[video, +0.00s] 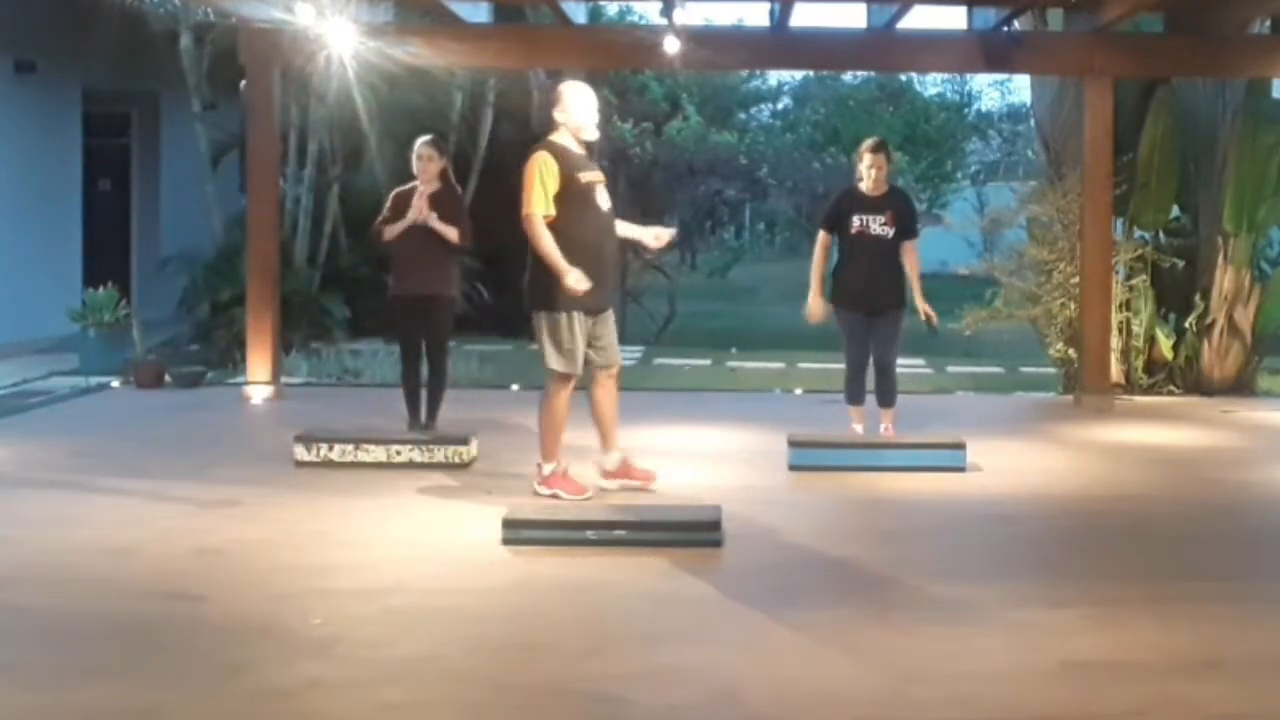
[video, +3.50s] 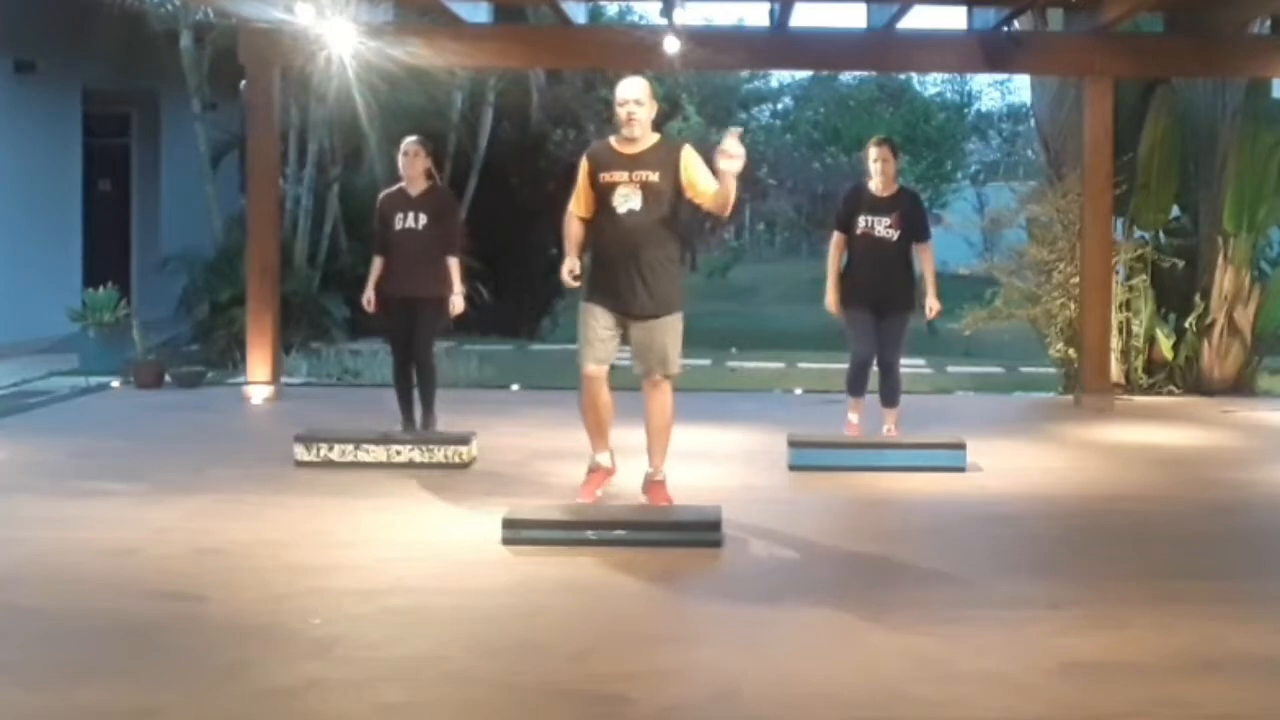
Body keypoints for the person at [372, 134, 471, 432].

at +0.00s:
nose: (423, 164)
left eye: (429, 158)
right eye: (418, 157)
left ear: (442, 163)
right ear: (412, 161)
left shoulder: (452, 196)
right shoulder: (400, 195)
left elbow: (463, 238)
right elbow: (380, 235)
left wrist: (432, 221)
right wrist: (408, 219)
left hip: (439, 291)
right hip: (406, 291)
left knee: (437, 356)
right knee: (410, 357)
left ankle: (431, 419)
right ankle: (414, 418)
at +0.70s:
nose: (412, 167)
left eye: (419, 161)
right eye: (408, 160)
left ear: (433, 162)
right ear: (403, 162)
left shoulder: (447, 197)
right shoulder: (392, 198)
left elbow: (460, 243)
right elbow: (385, 243)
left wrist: (429, 250)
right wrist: (403, 251)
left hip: (434, 291)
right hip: (402, 291)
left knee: (431, 356)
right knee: (408, 357)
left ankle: (430, 418)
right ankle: (414, 418)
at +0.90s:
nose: (413, 169)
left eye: (419, 163)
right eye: (409, 163)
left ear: (433, 165)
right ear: (403, 165)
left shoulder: (447, 200)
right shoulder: (391, 201)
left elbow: (457, 245)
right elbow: (387, 248)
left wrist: (442, 279)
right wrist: (389, 286)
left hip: (435, 290)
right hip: (403, 290)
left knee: (436, 358)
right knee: (409, 359)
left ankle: (431, 417)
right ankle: (414, 417)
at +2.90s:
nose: (418, 162)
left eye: (425, 157)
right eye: (414, 156)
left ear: (438, 164)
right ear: (408, 162)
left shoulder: (449, 201)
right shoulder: (399, 199)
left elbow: (455, 250)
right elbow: (393, 247)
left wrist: (455, 292)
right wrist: (382, 284)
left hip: (436, 292)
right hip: (402, 292)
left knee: (440, 358)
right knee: (400, 356)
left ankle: (436, 417)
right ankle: (412, 413)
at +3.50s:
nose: (408, 160)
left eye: (414, 155)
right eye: (404, 154)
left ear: (428, 161)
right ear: (398, 160)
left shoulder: (442, 199)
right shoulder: (387, 199)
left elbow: (452, 249)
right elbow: (380, 248)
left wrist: (457, 290)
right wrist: (370, 285)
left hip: (430, 293)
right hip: (395, 293)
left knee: (422, 354)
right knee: (401, 358)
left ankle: (428, 418)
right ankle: (407, 421)